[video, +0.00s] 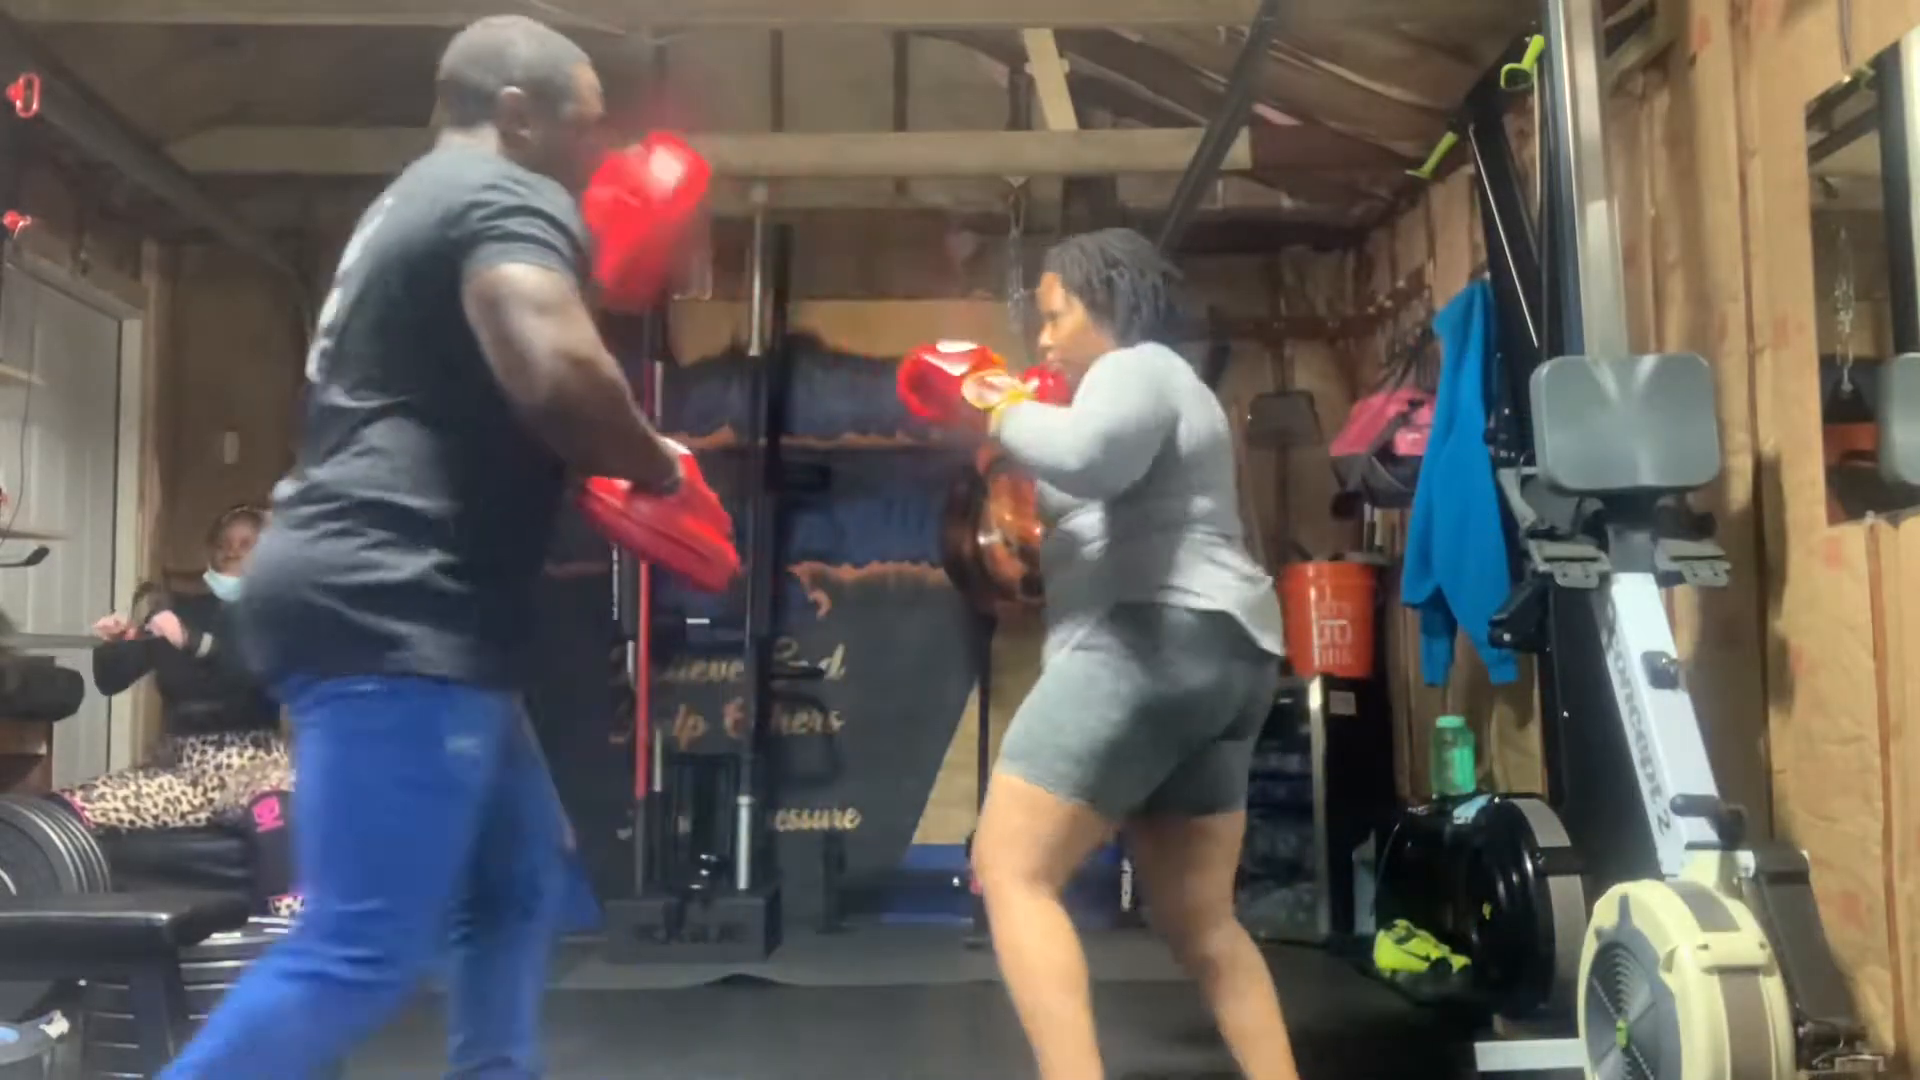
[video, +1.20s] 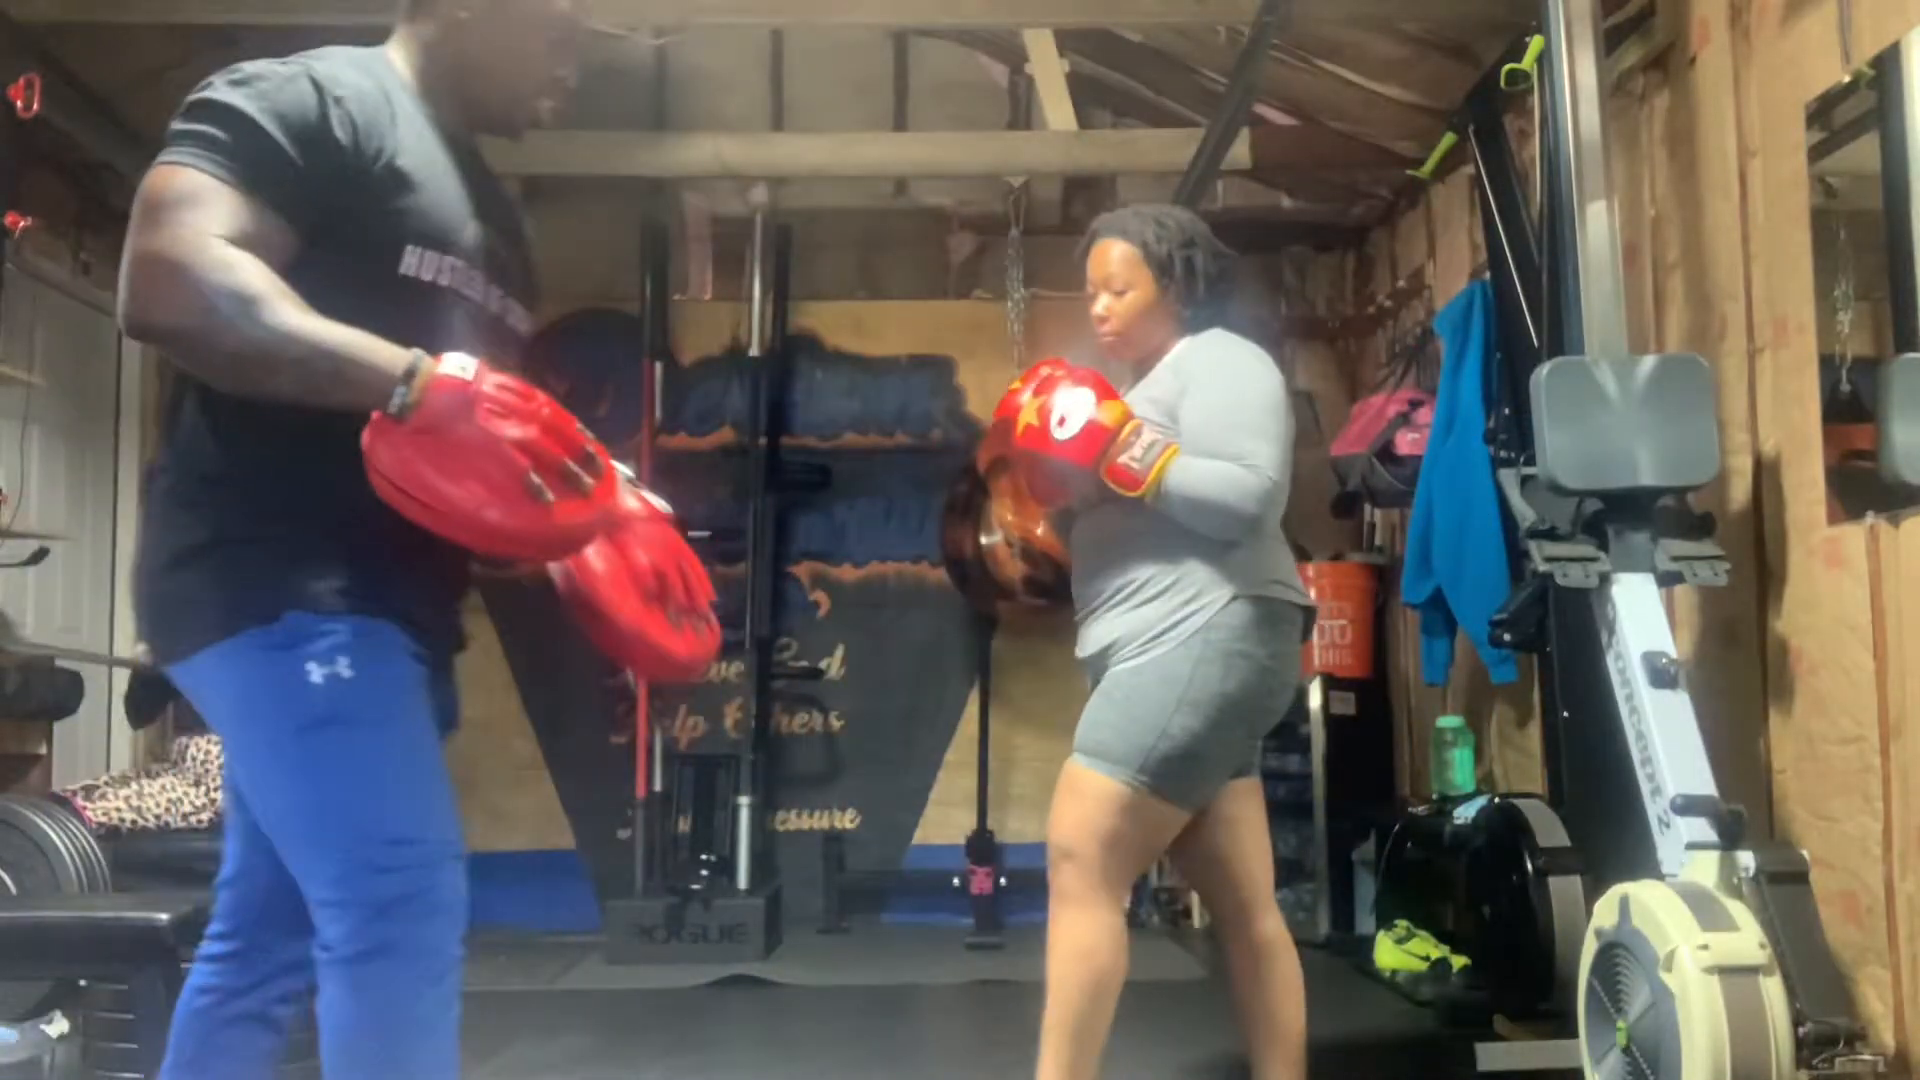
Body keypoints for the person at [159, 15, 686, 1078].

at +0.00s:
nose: (596, 144)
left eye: (598, 122)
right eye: (587, 119)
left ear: (472, 107)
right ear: (521, 111)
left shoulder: (422, 197)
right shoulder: (502, 194)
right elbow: (556, 376)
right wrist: (653, 460)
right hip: (390, 605)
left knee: (520, 889)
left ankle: (492, 1070)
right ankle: (189, 1073)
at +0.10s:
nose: (571, 140)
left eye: (572, 114)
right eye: (560, 111)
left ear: (469, 104)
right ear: (483, 99)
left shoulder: (418, 185)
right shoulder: (442, 179)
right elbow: (490, 361)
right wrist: (612, 442)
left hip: (392, 626)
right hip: (310, 610)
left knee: (474, 887)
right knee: (229, 951)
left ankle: (472, 1070)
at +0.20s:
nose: (527, 124)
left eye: (530, 100)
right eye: (517, 95)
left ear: (436, 85)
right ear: (440, 80)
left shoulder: (426, 192)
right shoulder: (374, 153)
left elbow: (501, 340)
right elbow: (409, 340)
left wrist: (587, 218)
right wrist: (564, 421)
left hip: (340, 626)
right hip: (235, 603)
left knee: (410, 901)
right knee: (157, 944)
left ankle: (440, 1076)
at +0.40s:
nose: (435, 91)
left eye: (439, 66)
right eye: (429, 56)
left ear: (342, 33)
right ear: (349, 25)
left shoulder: (319, 172)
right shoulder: (249, 126)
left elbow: (373, 337)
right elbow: (251, 323)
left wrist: (520, 286)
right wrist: (449, 407)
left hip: (286, 624)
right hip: (162, 612)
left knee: (370, 855)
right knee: (118, 941)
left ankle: (384, 1071)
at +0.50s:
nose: (404, 92)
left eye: (408, 67)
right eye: (396, 55)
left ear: (314, 30)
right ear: (316, 23)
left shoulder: (285, 167)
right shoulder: (213, 114)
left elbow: (289, 372)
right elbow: (195, 318)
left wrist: (453, 351)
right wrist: (404, 402)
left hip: (282, 608)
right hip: (158, 605)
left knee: (374, 850)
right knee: (122, 940)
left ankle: (307, 1068)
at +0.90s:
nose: (447, 84)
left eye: (452, 59)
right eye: (436, 45)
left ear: (354, 23)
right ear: (346, 17)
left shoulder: (323, 185)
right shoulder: (219, 113)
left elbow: (333, 423)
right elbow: (163, 312)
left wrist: (436, 522)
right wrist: (383, 406)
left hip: (283, 586)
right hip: (190, 579)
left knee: (279, 916)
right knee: (302, 911)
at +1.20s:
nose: (569, 75)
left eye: (580, 49)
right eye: (564, 34)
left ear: (474, 19)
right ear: (466, 7)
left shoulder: (491, 208)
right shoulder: (300, 96)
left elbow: (488, 423)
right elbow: (167, 278)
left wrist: (589, 513)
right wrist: (410, 384)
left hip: (383, 600)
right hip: (272, 586)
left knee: (260, 949)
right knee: (398, 909)